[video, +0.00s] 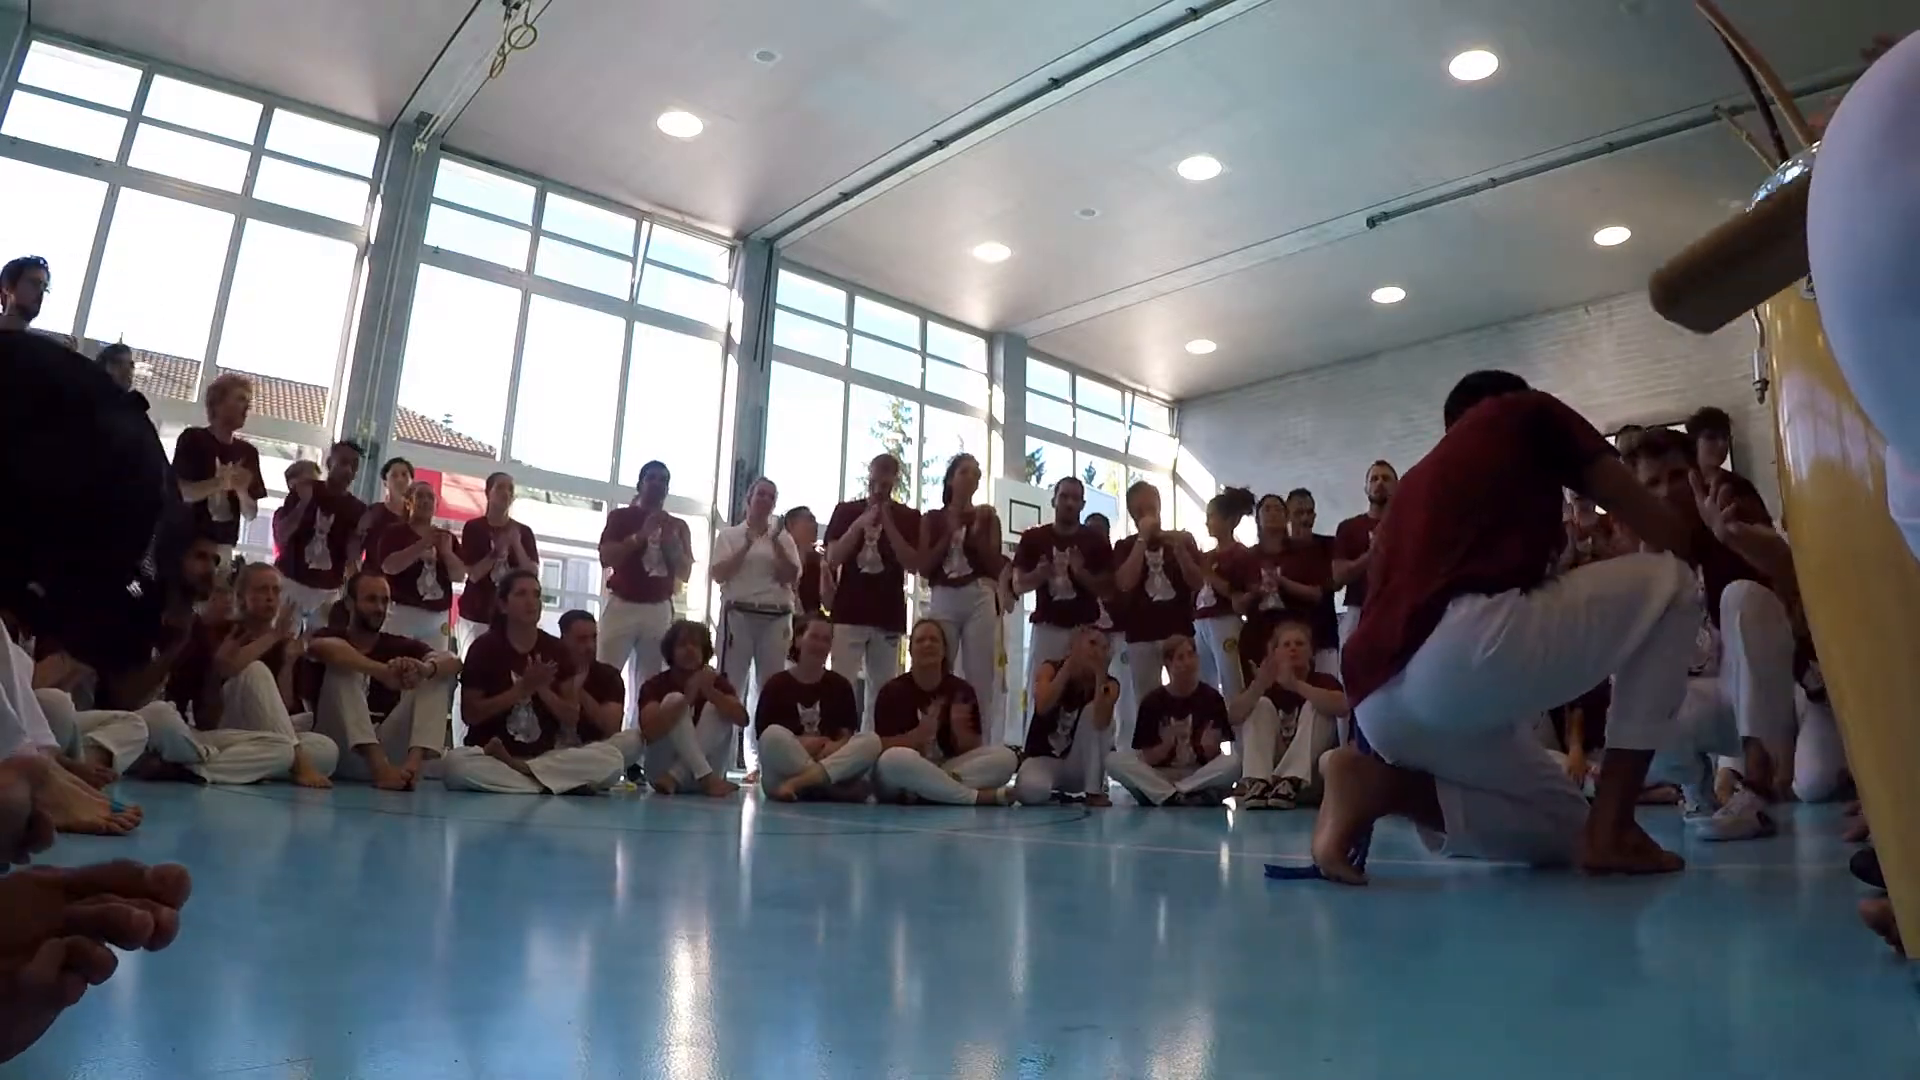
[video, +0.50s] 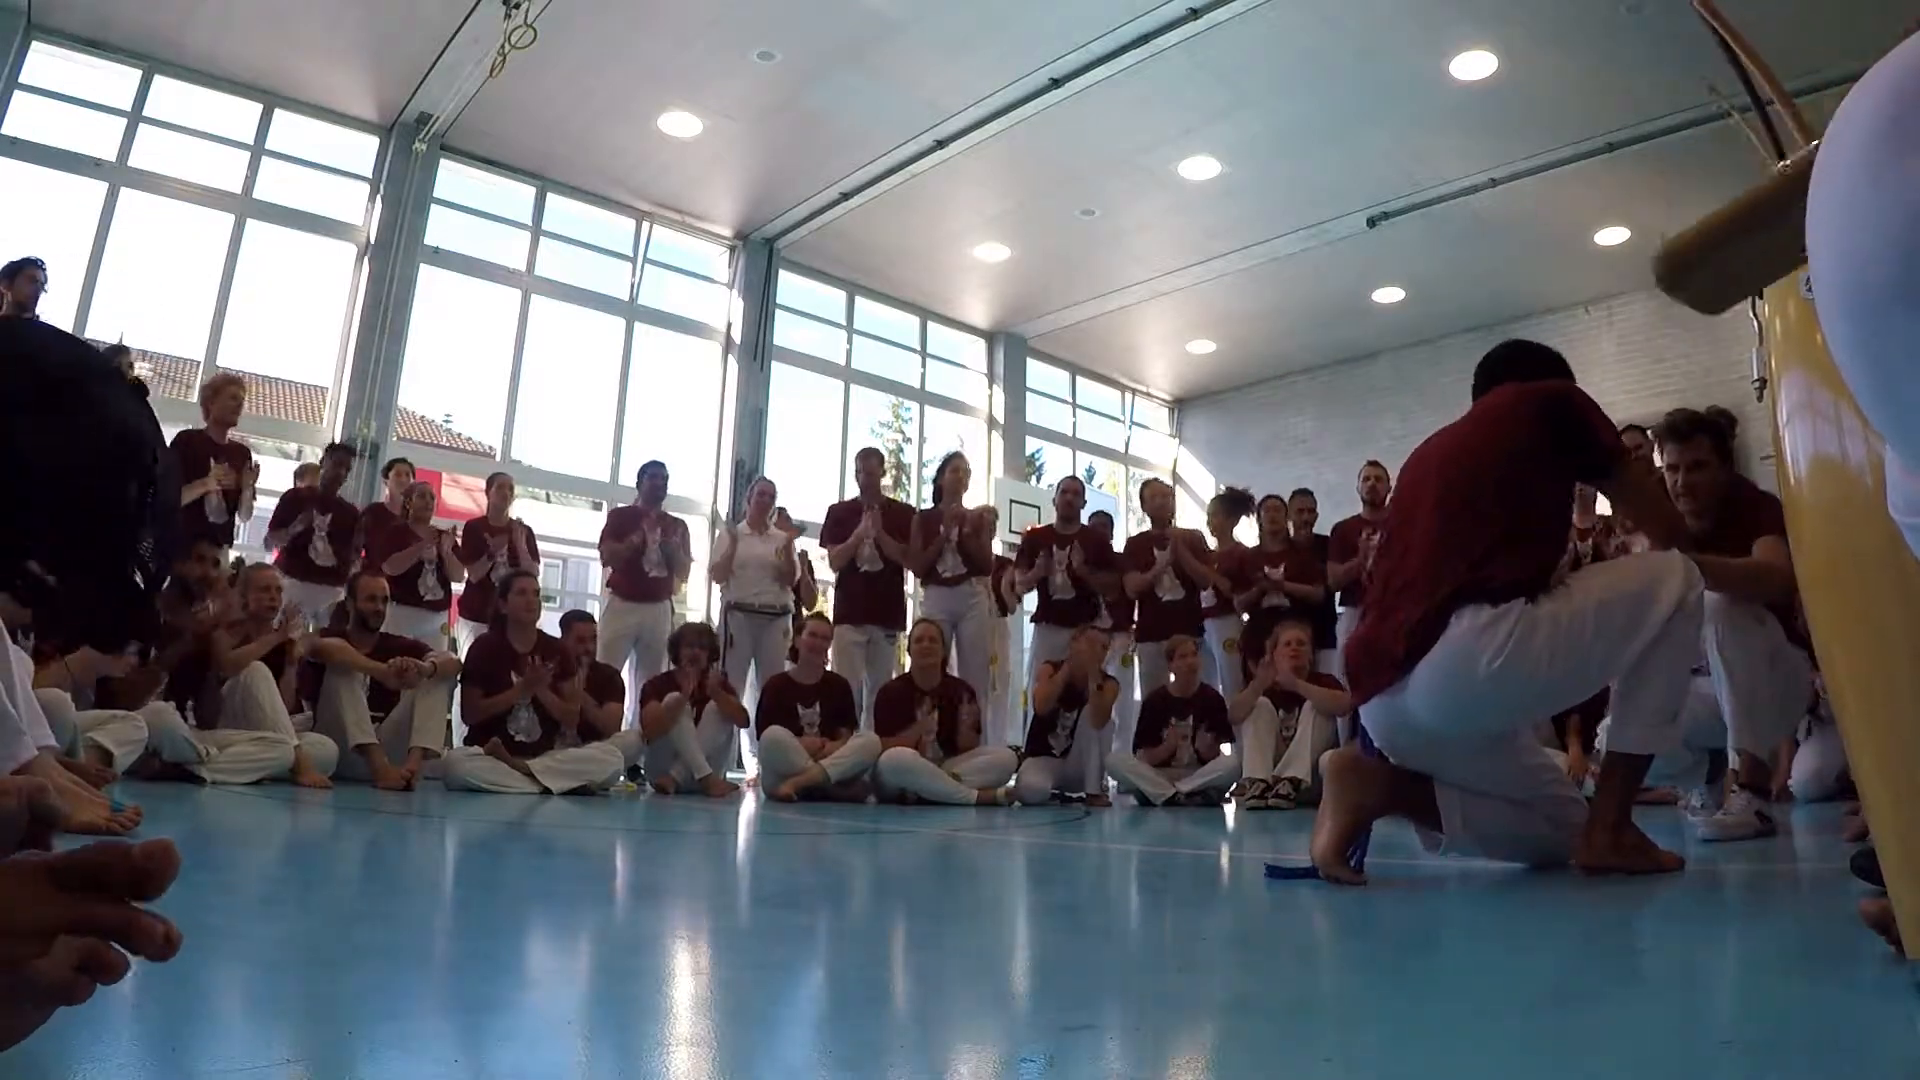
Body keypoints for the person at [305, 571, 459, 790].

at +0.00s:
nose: (380, 608)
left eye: (385, 601)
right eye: (371, 600)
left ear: (390, 603)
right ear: (350, 603)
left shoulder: (393, 643)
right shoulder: (329, 636)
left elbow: (454, 662)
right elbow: (319, 648)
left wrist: (426, 668)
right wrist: (382, 671)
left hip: (386, 752)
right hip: (336, 750)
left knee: (437, 672)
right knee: (342, 663)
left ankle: (414, 762)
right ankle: (379, 765)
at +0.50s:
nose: (380, 608)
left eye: (384, 601)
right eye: (371, 600)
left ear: (389, 603)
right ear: (350, 603)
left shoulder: (393, 643)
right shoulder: (328, 638)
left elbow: (454, 662)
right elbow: (318, 648)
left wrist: (426, 667)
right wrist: (382, 672)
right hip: (335, 750)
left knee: (438, 673)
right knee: (342, 663)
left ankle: (414, 764)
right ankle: (379, 765)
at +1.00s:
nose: (380, 608)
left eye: (384, 601)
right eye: (371, 600)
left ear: (389, 604)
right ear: (350, 603)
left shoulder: (394, 643)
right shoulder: (329, 636)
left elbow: (454, 663)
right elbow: (318, 648)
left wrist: (426, 667)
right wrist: (383, 672)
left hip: (387, 752)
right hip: (336, 750)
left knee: (438, 673)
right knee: (342, 663)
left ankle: (414, 763)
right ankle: (379, 765)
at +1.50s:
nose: (380, 608)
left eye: (384, 601)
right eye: (371, 600)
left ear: (389, 604)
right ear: (350, 603)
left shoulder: (394, 643)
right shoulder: (327, 637)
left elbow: (454, 663)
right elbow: (319, 649)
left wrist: (426, 667)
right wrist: (383, 672)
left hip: (386, 752)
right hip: (336, 750)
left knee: (438, 673)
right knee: (342, 664)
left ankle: (414, 764)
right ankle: (379, 766)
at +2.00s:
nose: (380, 608)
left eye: (384, 601)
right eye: (371, 600)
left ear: (389, 604)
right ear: (351, 603)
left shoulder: (395, 644)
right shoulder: (327, 637)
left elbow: (454, 663)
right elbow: (325, 649)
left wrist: (426, 667)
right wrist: (382, 672)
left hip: (386, 752)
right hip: (336, 750)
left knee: (437, 673)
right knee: (343, 664)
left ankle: (414, 764)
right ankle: (379, 766)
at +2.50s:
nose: (380, 608)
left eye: (384, 601)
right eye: (371, 601)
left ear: (389, 603)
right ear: (352, 603)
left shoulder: (395, 644)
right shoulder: (328, 638)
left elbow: (455, 663)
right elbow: (319, 648)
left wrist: (426, 667)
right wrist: (383, 672)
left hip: (387, 751)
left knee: (437, 674)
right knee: (343, 663)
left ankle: (414, 764)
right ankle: (379, 766)